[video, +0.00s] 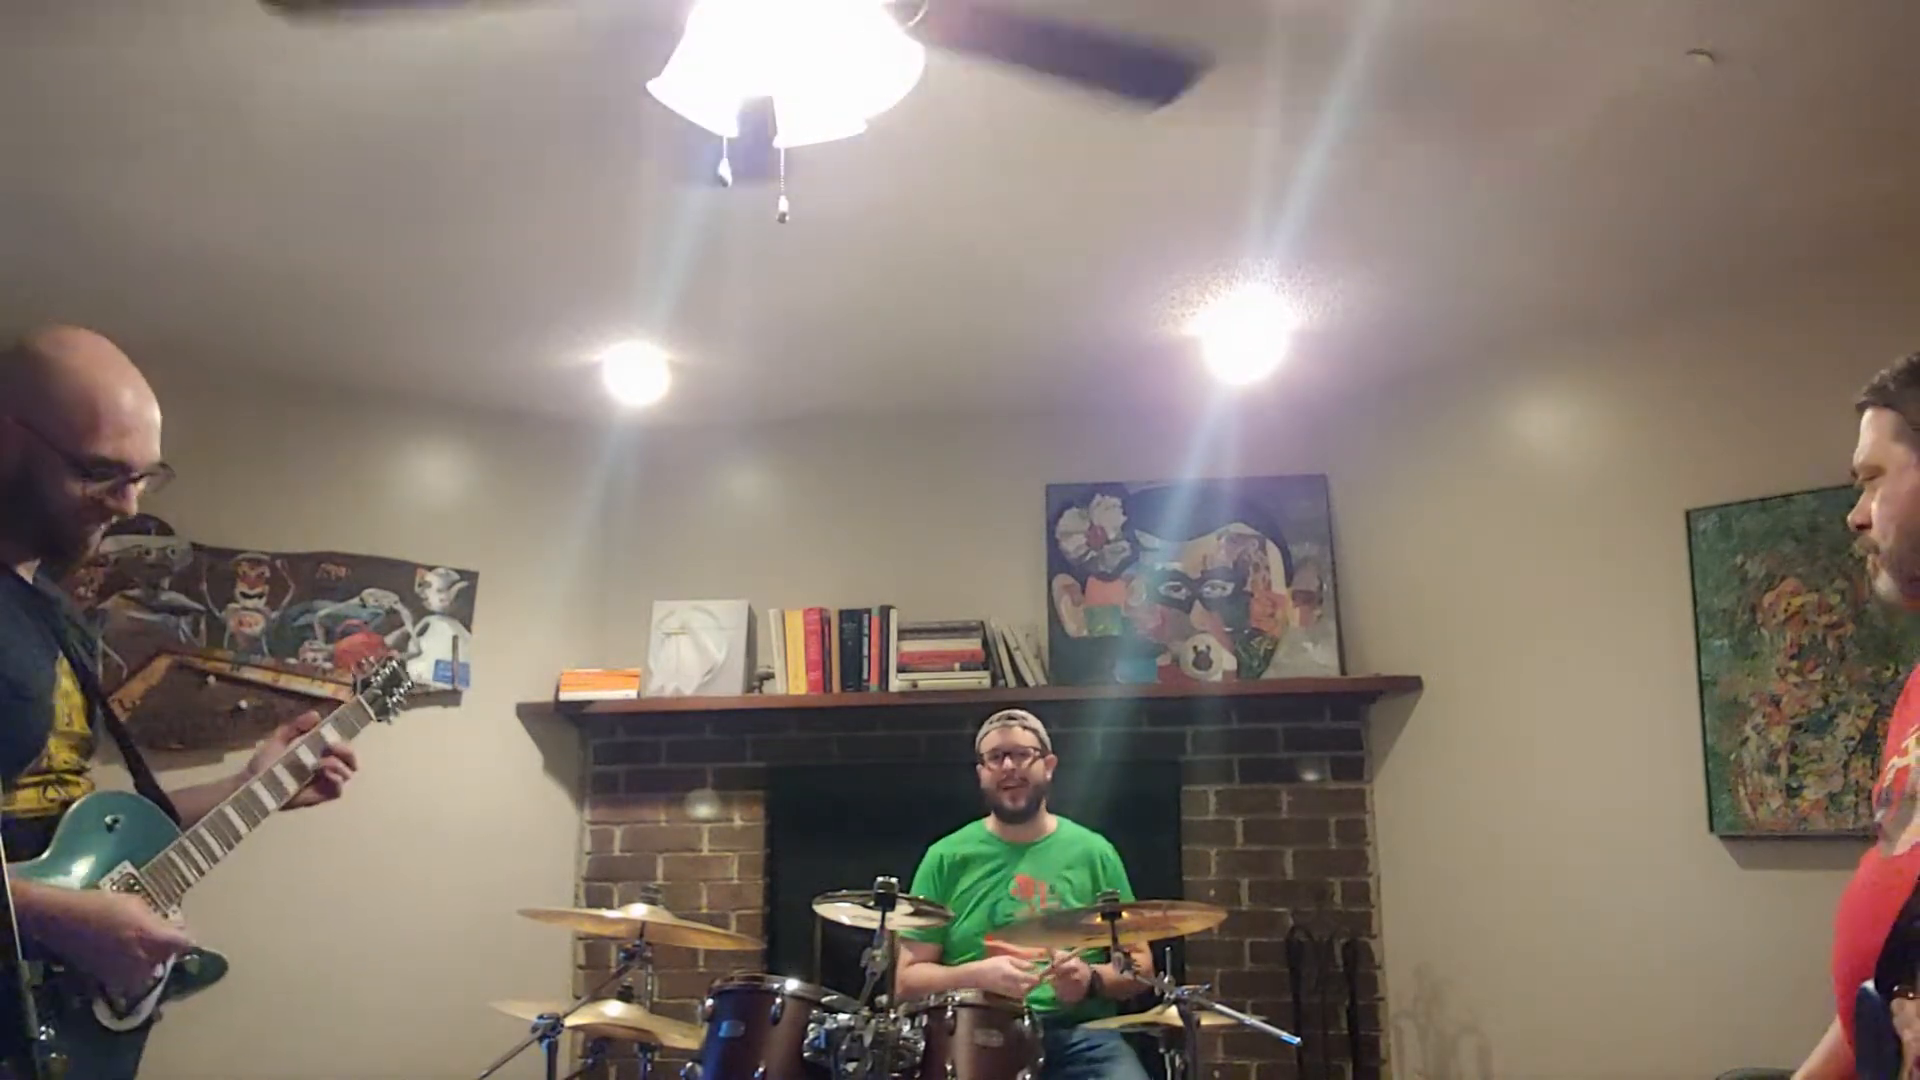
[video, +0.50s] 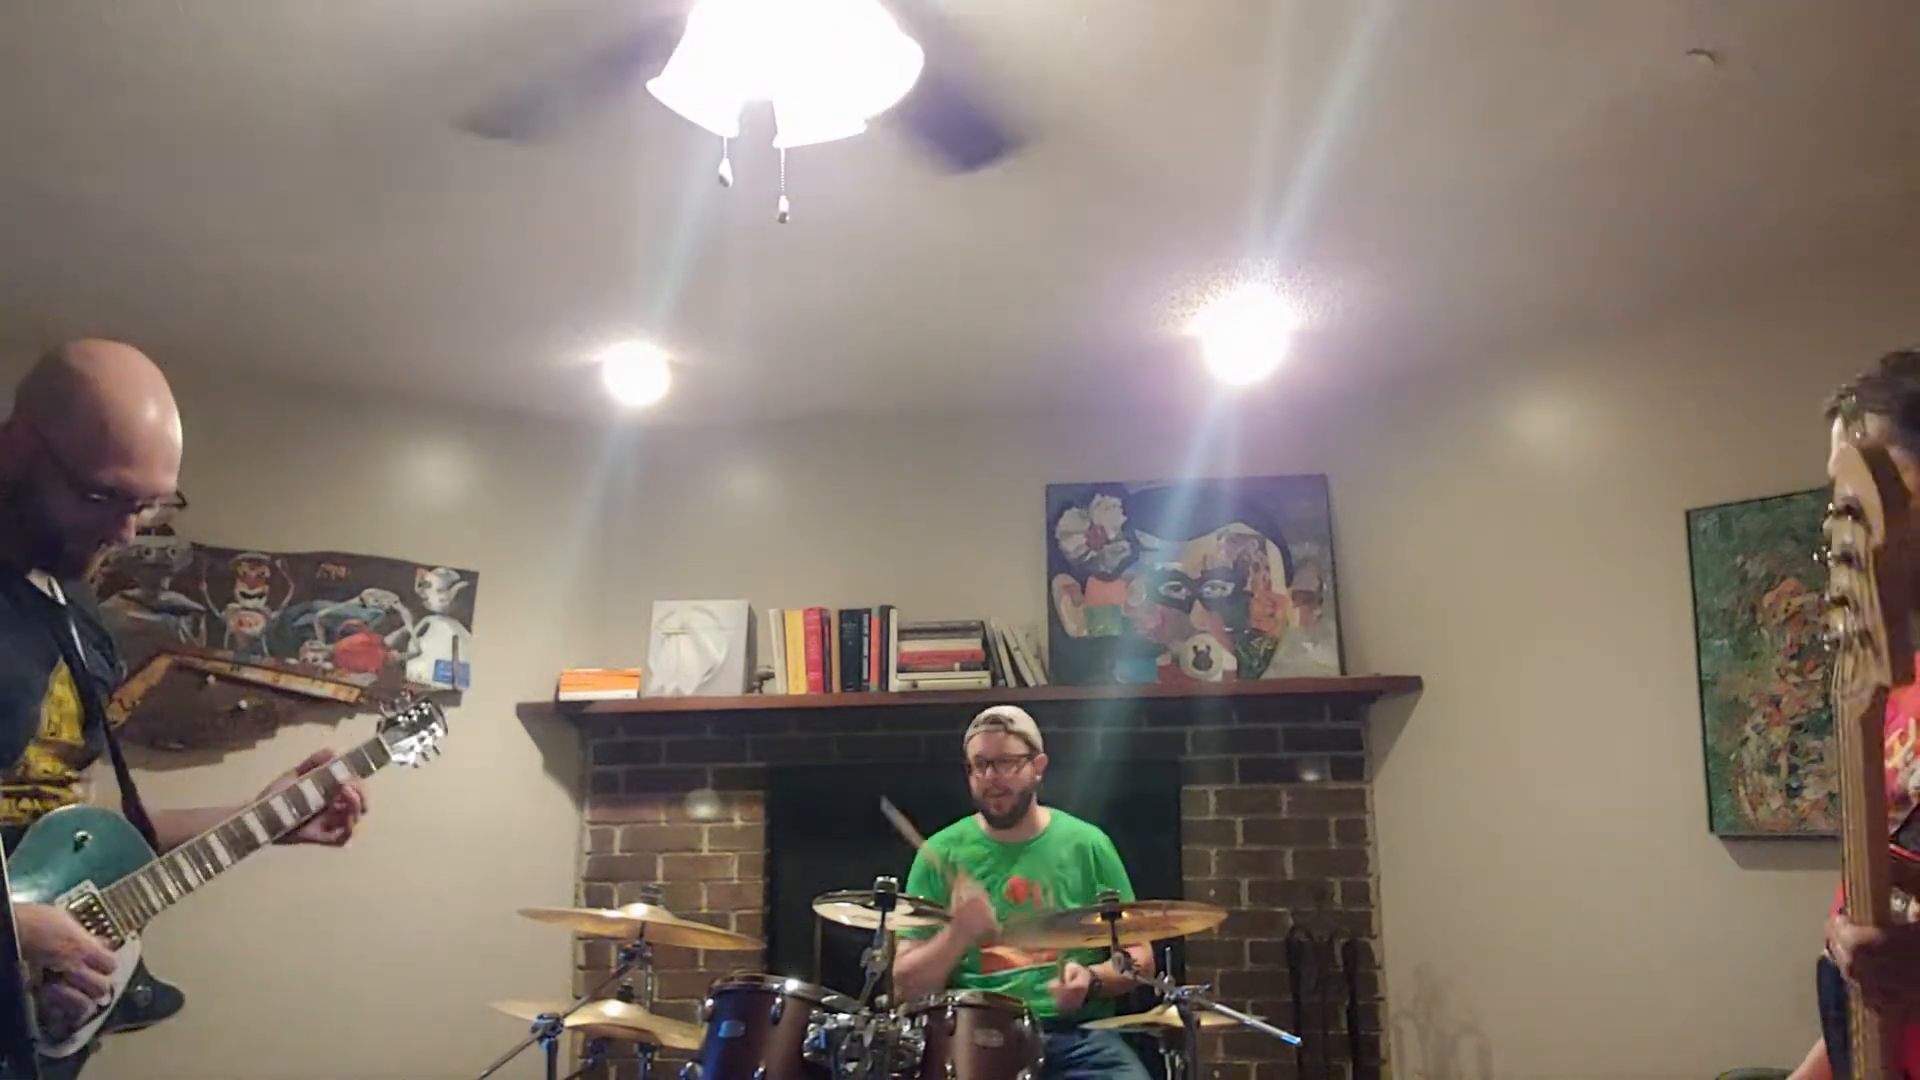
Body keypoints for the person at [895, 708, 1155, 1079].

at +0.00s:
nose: (1009, 767)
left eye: (1021, 755)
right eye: (996, 758)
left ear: (1049, 765)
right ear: (980, 772)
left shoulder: (1093, 852)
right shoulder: (946, 858)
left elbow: (1140, 968)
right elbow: (906, 977)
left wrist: (1092, 977)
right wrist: (979, 974)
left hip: (1079, 1029)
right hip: (977, 1033)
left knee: (1127, 1073)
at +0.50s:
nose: (993, 778)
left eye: (1008, 764)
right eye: (981, 765)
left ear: (1038, 767)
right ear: (967, 771)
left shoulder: (1088, 845)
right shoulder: (939, 854)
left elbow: (1140, 958)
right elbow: (904, 984)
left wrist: (1093, 976)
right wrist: (957, 933)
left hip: (1074, 1029)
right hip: (972, 1031)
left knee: (1130, 1074)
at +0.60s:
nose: (983, 782)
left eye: (999, 766)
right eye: (973, 768)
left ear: (1032, 767)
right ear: (962, 772)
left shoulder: (1086, 845)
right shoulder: (938, 849)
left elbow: (1140, 958)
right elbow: (912, 981)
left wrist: (1090, 980)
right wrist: (952, 883)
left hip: (1073, 1032)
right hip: (968, 1032)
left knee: (1132, 1075)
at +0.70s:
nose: (979, 781)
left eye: (996, 766)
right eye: (969, 767)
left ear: (1031, 768)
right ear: (958, 772)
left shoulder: (1084, 843)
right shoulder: (937, 845)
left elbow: (1140, 957)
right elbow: (916, 967)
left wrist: (1086, 979)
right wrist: (954, 855)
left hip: (1072, 1033)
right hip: (966, 1032)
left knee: (1132, 1075)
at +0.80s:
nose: (978, 779)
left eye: (994, 765)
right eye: (968, 766)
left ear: (1031, 768)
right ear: (958, 771)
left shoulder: (1084, 843)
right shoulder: (938, 842)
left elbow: (1139, 957)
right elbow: (919, 957)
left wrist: (1084, 980)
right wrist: (956, 842)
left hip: (1071, 1033)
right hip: (967, 1032)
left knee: (1132, 1075)